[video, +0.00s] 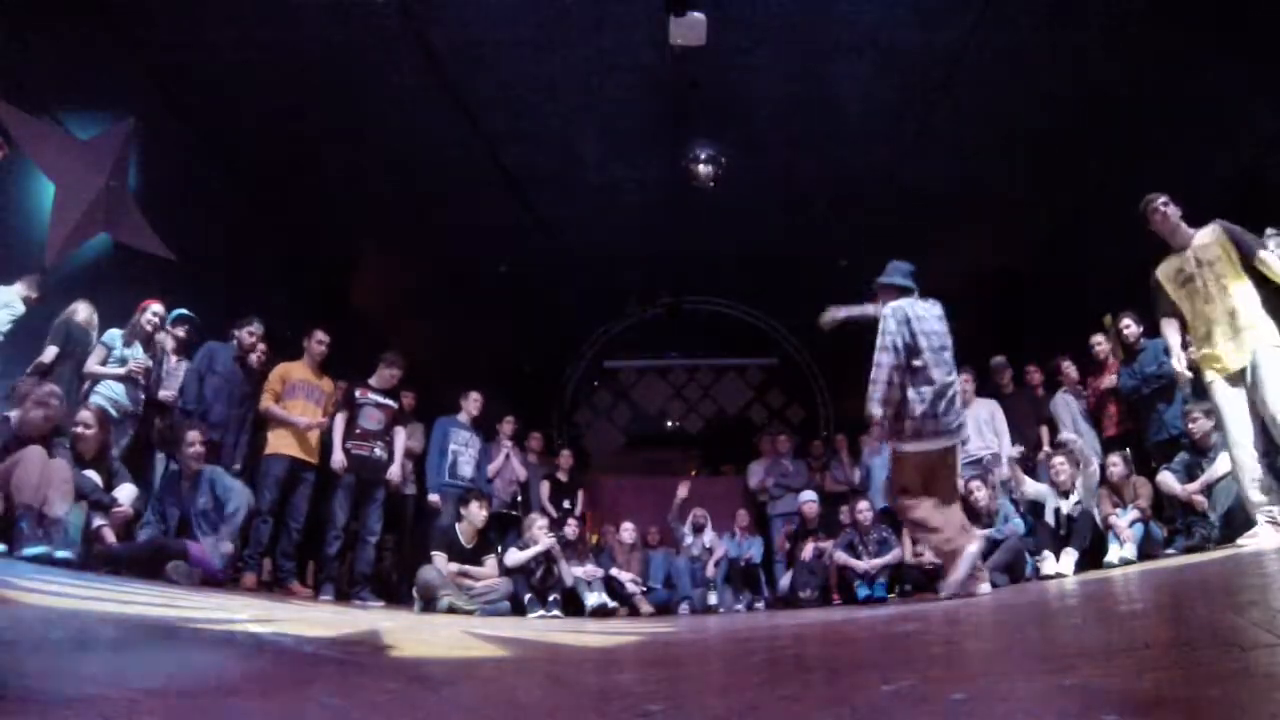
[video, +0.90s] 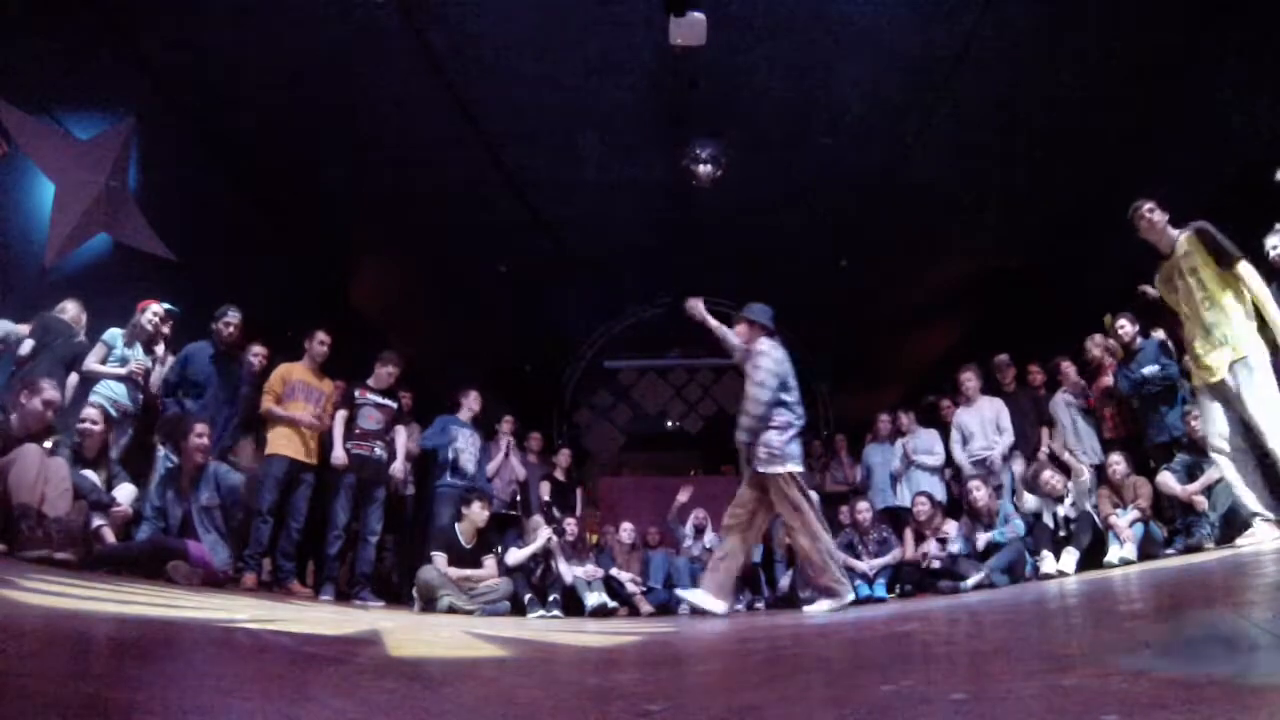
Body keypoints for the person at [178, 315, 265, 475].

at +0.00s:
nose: (254, 341)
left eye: (258, 338)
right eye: (250, 334)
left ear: (260, 342)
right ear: (237, 332)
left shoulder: (252, 370)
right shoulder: (211, 350)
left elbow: (248, 414)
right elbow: (192, 378)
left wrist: (239, 457)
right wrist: (191, 410)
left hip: (229, 439)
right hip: (201, 429)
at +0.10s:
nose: (258, 342)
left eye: (262, 338)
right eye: (255, 335)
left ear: (264, 343)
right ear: (241, 333)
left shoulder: (255, 369)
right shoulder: (215, 350)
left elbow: (249, 413)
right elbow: (193, 380)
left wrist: (238, 454)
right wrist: (190, 413)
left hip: (229, 436)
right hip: (202, 427)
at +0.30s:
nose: (265, 345)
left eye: (268, 342)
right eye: (261, 338)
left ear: (270, 347)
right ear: (247, 336)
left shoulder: (260, 372)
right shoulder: (220, 351)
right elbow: (193, 377)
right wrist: (187, 410)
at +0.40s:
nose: (261, 340)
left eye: (265, 337)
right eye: (257, 333)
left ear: (267, 343)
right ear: (243, 334)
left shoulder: (258, 372)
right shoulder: (216, 350)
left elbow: (250, 408)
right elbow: (189, 377)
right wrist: (183, 411)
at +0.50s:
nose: (255, 335)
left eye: (260, 332)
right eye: (251, 329)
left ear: (261, 337)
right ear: (238, 329)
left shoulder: (253, 368)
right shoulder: (210, 348)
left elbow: (248, 410)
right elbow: (186, 377)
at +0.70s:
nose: (242, 333)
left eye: (247, 329)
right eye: (238, 326)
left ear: (251, 334)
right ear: (226, 326)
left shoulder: (250, 370)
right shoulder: (200, 349)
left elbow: (247, 414)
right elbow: (178, 383)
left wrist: (233, 452)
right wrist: (183, 421)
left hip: (221, 441)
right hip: (188, 433)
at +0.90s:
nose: (231, 331)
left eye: (236, 327)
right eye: (226, 324)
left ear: (240, 332)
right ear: (214, 325)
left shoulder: (239, 363)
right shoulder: (193, 351)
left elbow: (238, 406)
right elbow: (169, 387)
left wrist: (225, 441)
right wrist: (177, 423)